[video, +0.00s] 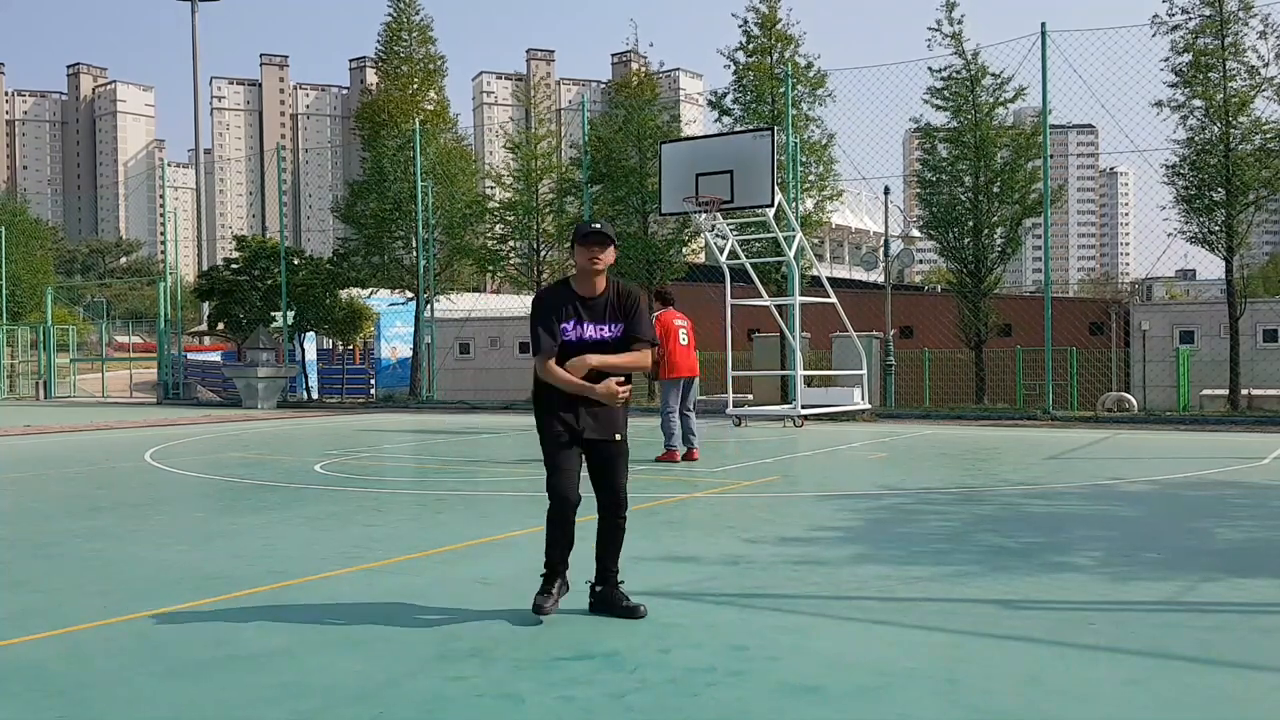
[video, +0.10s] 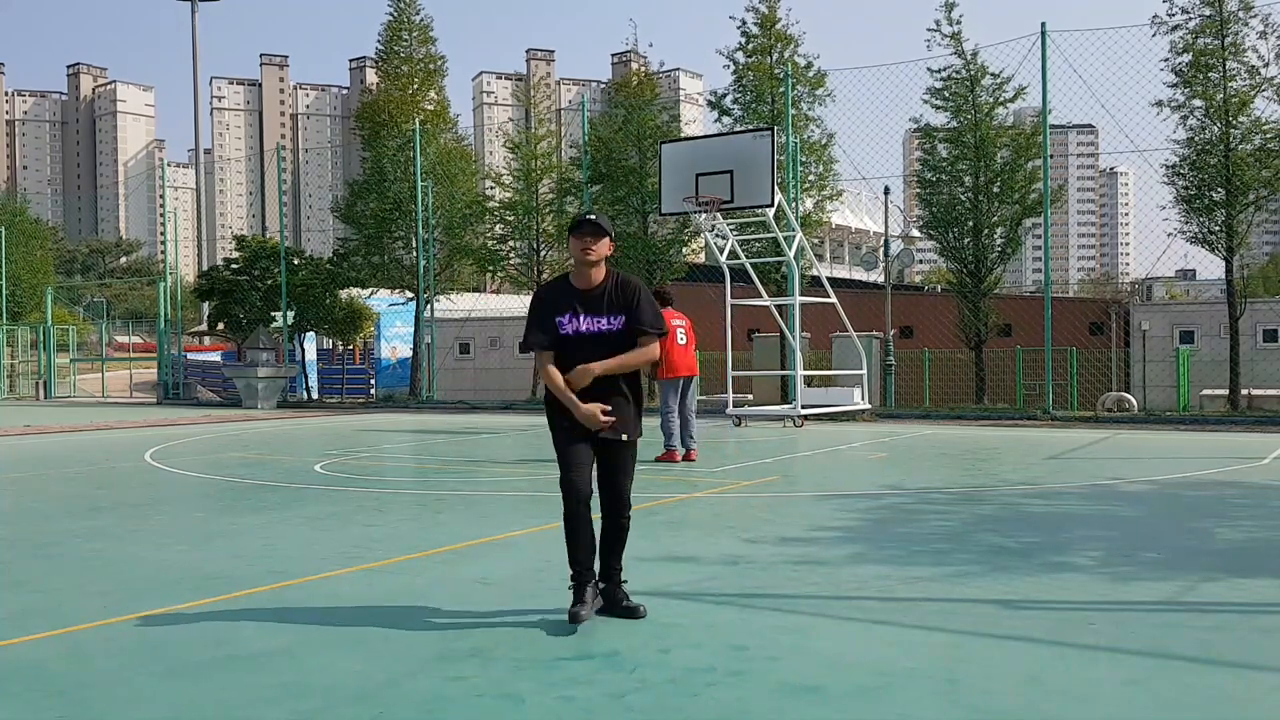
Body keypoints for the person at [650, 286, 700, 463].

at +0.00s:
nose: (653, 304)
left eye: (654, 301)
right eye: (654, 301)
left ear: (657, 302)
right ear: (671, 302)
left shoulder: (658, 318)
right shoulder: (685, 318)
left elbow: (655, 345)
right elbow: (692, 345)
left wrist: (653, 364)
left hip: (673, 367)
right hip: (692, 366)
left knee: (669, 409)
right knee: (688, 409)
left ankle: (672, 449)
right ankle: (692, 448)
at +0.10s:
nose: (653, 305)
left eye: (653, 301)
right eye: (654, 301)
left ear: (657, 302)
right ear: (671, 301)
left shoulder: (658, 317)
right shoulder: (684, 318)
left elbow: (656, 346)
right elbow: (693, 343)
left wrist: (653, 365)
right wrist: (686, 358)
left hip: (670, 366)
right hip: (691, 366)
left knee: (669, 409)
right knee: (688, 409)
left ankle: (671, 449)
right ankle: (691, 448)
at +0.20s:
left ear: (656, 302)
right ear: (671, 301)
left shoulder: (657, 318)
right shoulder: (684, 318)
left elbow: (655, 346)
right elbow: (693, 343)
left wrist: (652, 362)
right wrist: (683, 355)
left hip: (669, 366)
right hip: (689, 366)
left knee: (668, 409)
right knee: (689, 409)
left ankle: (671, 449)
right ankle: (691, 448)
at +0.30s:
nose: (652, 305)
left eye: (652, 302)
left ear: (655, 302)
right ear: (670, 301)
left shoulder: (655, 318)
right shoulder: (684, 318)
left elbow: (652, 347)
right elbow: (694, 344)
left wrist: (650, 367)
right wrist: (686, 359)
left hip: (668, 367)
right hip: (688, 367)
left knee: (667, 410)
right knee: (689, 410)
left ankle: (671, 449)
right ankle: (691, 449)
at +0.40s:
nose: (652, 307)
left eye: (652, 303)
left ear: (653, 303)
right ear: (669, 301)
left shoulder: (654, 318)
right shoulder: (684, 318)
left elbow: (648, 345)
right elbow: (694, 344)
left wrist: (647, 367)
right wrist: (685, 359)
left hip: (667, 367)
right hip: (688, 367)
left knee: (667, 410)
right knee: (688, 410)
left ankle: (671, 449)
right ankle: (691, 448)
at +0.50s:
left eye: (656, 301)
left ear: (655, 302)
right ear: (670, 301)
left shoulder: (655, 319)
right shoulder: (684, 318)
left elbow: (651, 346)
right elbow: (695, 344)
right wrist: (681, 353)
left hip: (666, 367)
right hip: (687, 366)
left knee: (667, 411)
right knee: (688, 410)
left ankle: (671, 449)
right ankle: (691, 449)